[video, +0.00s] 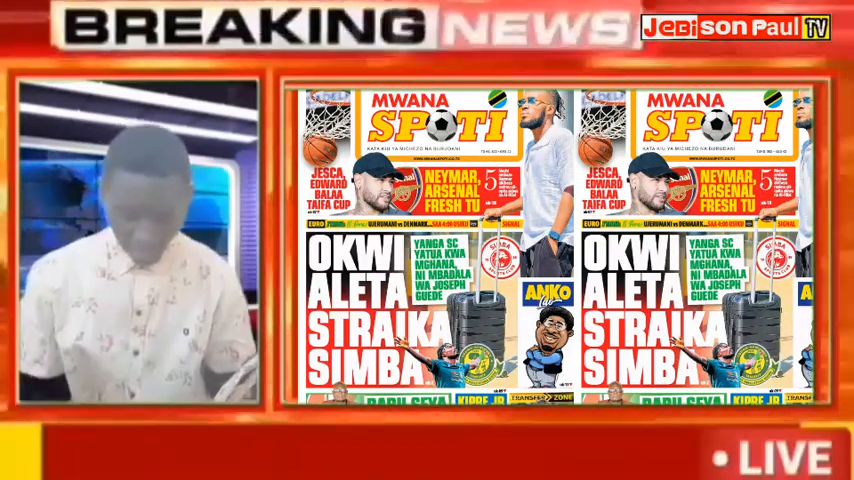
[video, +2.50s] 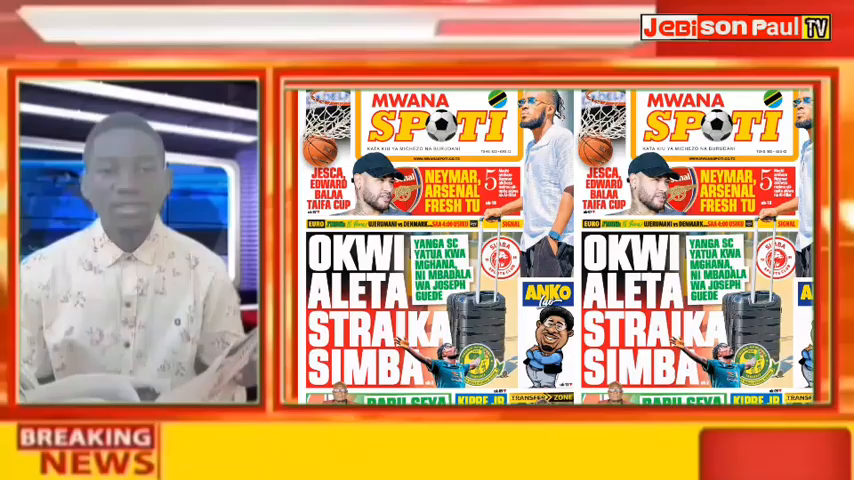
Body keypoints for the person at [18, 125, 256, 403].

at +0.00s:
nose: (146, 232)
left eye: (162, 215)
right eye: (129, 215)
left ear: (188, 196)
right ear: (103, 194)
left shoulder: (215, 277)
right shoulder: (56, 275)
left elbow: (233, 389)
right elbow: (41, 397)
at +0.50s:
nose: (155, 224)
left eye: (169, 205)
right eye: (137, 207)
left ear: (184, 195)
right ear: (95, 198)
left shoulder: (213, 278)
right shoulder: (45, 276)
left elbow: (230, 387)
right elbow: (42, 393)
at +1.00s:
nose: (130, 195)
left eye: (147, 176)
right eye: (113, 177)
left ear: (171, 183)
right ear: (86, 185)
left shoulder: (210, 273)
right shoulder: (38, 274)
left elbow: (231, 381)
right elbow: (36, 393)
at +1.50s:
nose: (114, 208)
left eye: (134, 192)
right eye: (100, 189)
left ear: (168, 189)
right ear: (83, 187)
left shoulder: (207, 273)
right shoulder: (37, 275)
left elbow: (234, 379)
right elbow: (36, 393)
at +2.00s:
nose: (127, 187)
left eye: (143, 171)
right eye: (110, 173)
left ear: (169, 184)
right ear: (86, 187)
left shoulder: (208, 274)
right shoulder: (39, 276)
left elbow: (231, 385)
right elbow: (28, 394)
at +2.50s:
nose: (127, 184)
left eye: (145, 169)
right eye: (107, 170)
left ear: (167, 181)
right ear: (85, 186)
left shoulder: (206, 272)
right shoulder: (40, 274)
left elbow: (232, 386)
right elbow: (20, 390)